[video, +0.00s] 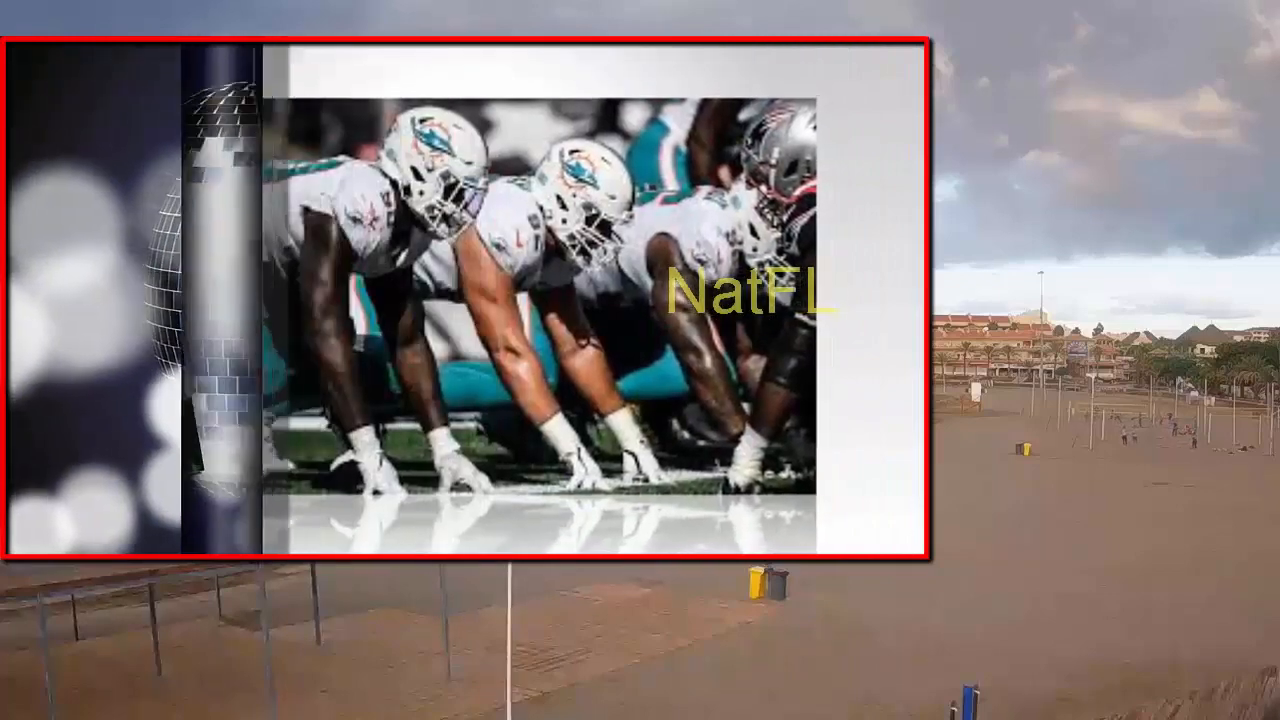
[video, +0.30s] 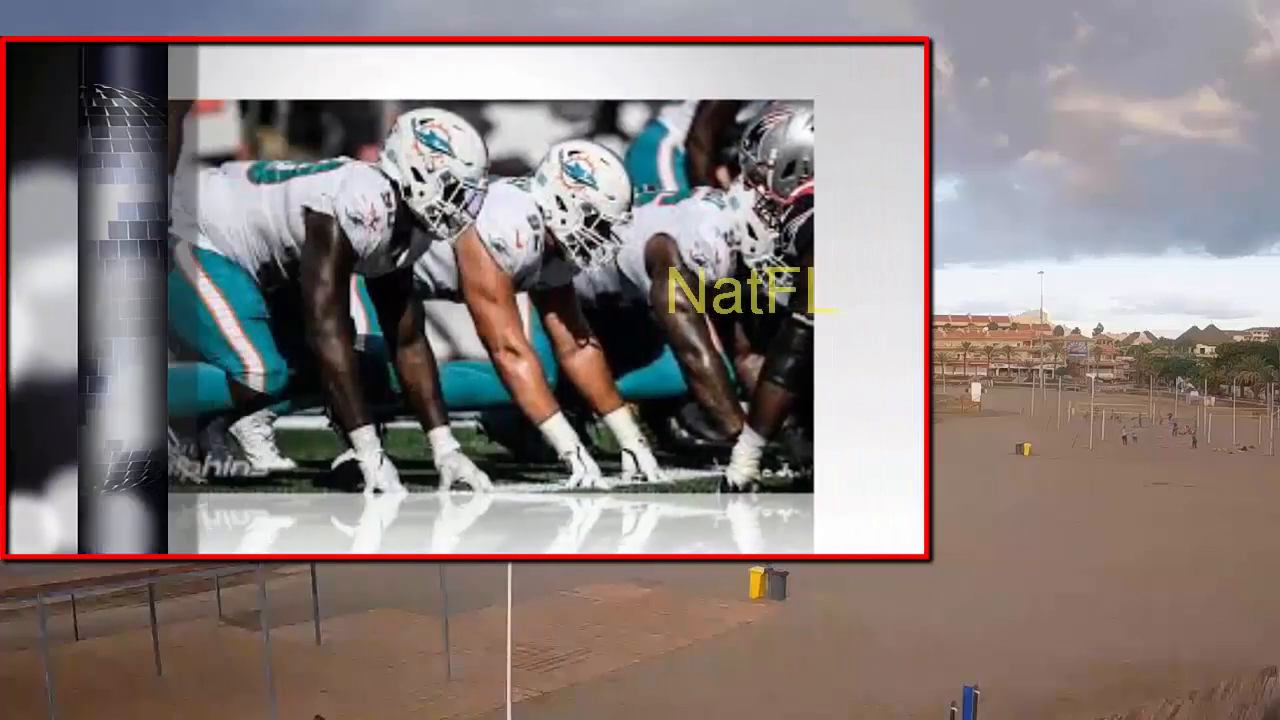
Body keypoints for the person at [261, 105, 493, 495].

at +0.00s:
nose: (462, 205)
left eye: (468, 192)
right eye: (455, 188)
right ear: (420, 169)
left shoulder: (400, 225)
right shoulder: (354, 198)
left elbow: (409, 341)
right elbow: (325, 331)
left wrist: (444, 449)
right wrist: (367, 449)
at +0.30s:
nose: (460, 205)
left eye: (468, 193)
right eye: (454, 188)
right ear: (419, 169)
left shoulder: (399, 226)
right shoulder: (352, 201)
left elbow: (410, 340)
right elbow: (327, 335)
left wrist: (445, 448)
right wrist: (370, 454)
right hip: (193, 231)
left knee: (322, 355)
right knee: (261, 376)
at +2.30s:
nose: (459, 206)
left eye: (467, 195)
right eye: (451, 189)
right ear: (418, 170)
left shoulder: (400, 229)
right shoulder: (359, 205)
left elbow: (412, 339)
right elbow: (332, 329)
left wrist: (445, 441)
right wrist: (372, 443)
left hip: (253, 254)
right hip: (201, 238)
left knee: (312, 364)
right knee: (269, 370)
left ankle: (196, 421)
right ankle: (119, 408)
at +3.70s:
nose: (458, 211)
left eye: (465, 199)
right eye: (452, 195)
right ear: (421, 177)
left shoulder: (404, 230)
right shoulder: (363, 208)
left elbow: (414, 335)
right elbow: (337, 330)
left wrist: (447, 436)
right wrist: (377, 439)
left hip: (266, 257)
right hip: (210, 241)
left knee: (326, 361)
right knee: (277, 368)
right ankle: (130, 403)